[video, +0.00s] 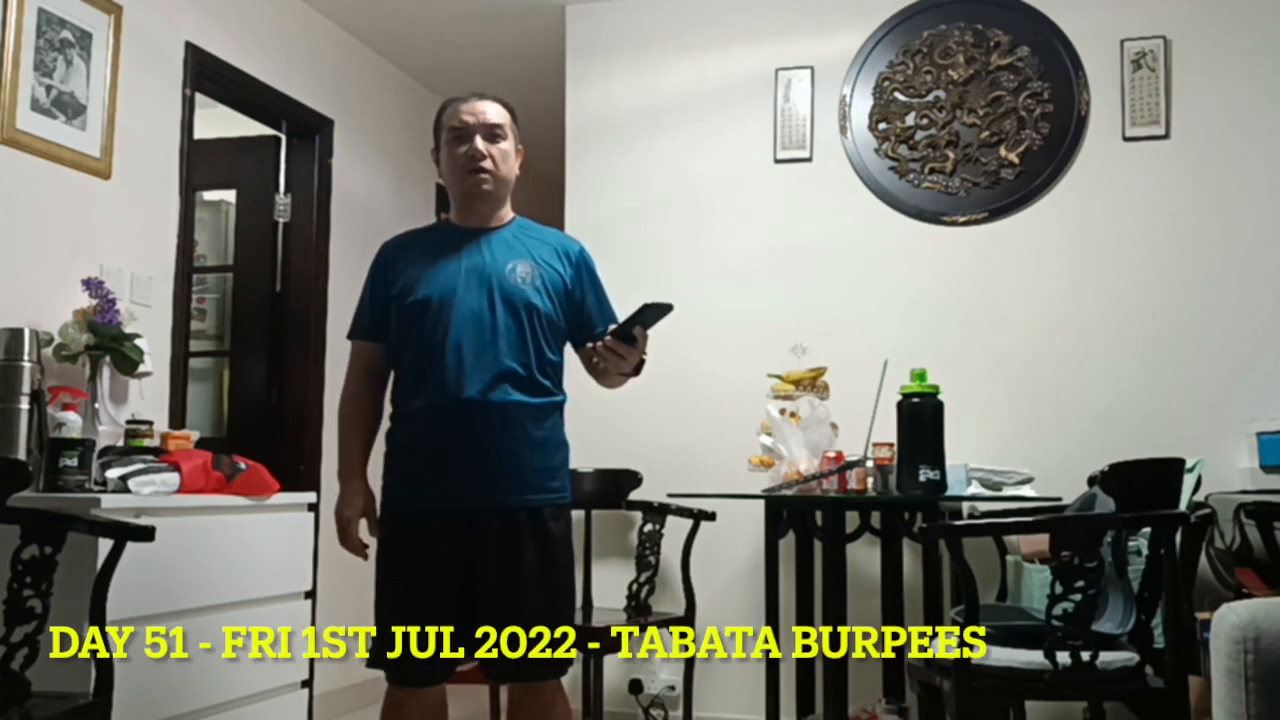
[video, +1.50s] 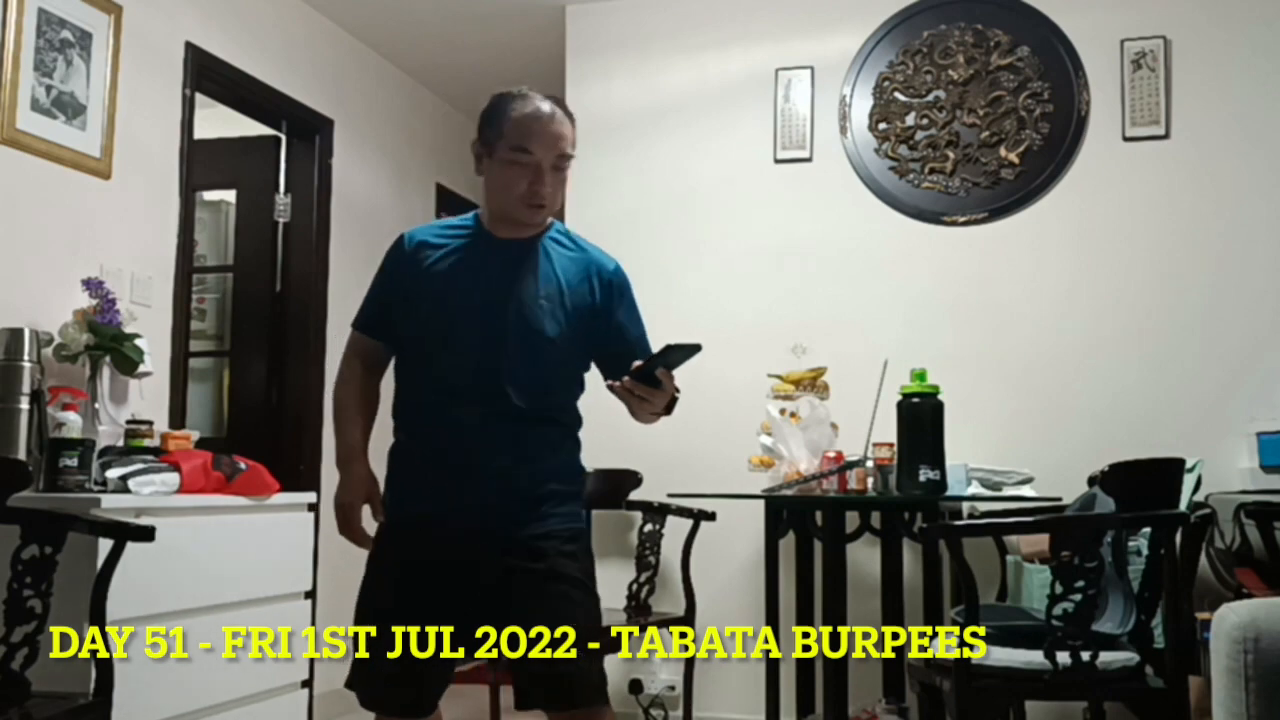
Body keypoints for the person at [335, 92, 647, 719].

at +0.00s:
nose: (477, 146)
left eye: (493, 134)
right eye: (460, 137)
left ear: (519, 159)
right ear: (438, 161)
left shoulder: (563, 253)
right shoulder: (400, 256)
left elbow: (603, 363)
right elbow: (365, 376)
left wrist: (622, 362)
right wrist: (352, 477)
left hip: (528, 497)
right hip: (421, 497)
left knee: (536, 680)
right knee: (413, 681)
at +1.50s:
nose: (543, 185)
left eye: (559, 167)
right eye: (523, 163)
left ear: (571, 171)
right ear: (481, 158)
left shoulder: (594, 274)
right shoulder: (416, 256)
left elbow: (638, 390)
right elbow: (362, 364)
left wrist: (653, 400)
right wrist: (352, 466)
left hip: (543, 521)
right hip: (428, 512)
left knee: (577, 700)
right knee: (398, 701)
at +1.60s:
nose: (594, 190)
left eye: (612, 172)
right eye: (574, 165)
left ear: (624, 175)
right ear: (531, 158)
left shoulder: (639, 286)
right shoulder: (459, 250)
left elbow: (679, 397)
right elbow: (398, 361)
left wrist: (691, 429)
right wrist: (379, 466)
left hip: (575, 528)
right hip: (458, 517)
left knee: (599, 704)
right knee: (408, 696)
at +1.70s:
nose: (651, 210)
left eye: (672, 189)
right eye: (632, 181)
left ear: (685, 186)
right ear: (587, 165)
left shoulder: (690, 303)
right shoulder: (508, 247)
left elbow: (727, 415)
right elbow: (435, 362)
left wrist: (733, 457)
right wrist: (415, 477)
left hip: (610, 533)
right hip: (489, 519)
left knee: (635, 705)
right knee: (436, 702)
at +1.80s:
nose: (701, 239)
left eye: (723, 219)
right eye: (682, 209)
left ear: (738, 214)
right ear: (633, 186)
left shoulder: (732, 331)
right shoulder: (542, 252)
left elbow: (777, 454)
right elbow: (464, 355)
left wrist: (776, 501)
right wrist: (447, 490)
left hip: (637, 540)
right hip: (511, 525)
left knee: (661, 707)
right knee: (460, 705)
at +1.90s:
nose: (739, 269)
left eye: (763, 249)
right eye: (719, 236)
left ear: (776, 245)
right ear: (669, 208)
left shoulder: (763, 363)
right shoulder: (570, 261)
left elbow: (808, 493)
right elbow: (485, 353)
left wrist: (807, 554)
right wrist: (475, 486)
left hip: (656, 544)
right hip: (532, 526)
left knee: (671, 710)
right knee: (470, 704)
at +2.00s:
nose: (764, 293)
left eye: (789, 270)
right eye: (743, 258)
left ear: (801, 265)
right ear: (691, 229)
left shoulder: (782, 387)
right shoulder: (589, 269)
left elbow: (827, 524)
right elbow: (499, 358)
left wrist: (834, 619)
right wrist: (486, 488)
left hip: (669, 544)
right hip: (546, 522)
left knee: (681, 708)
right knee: (482, 701)